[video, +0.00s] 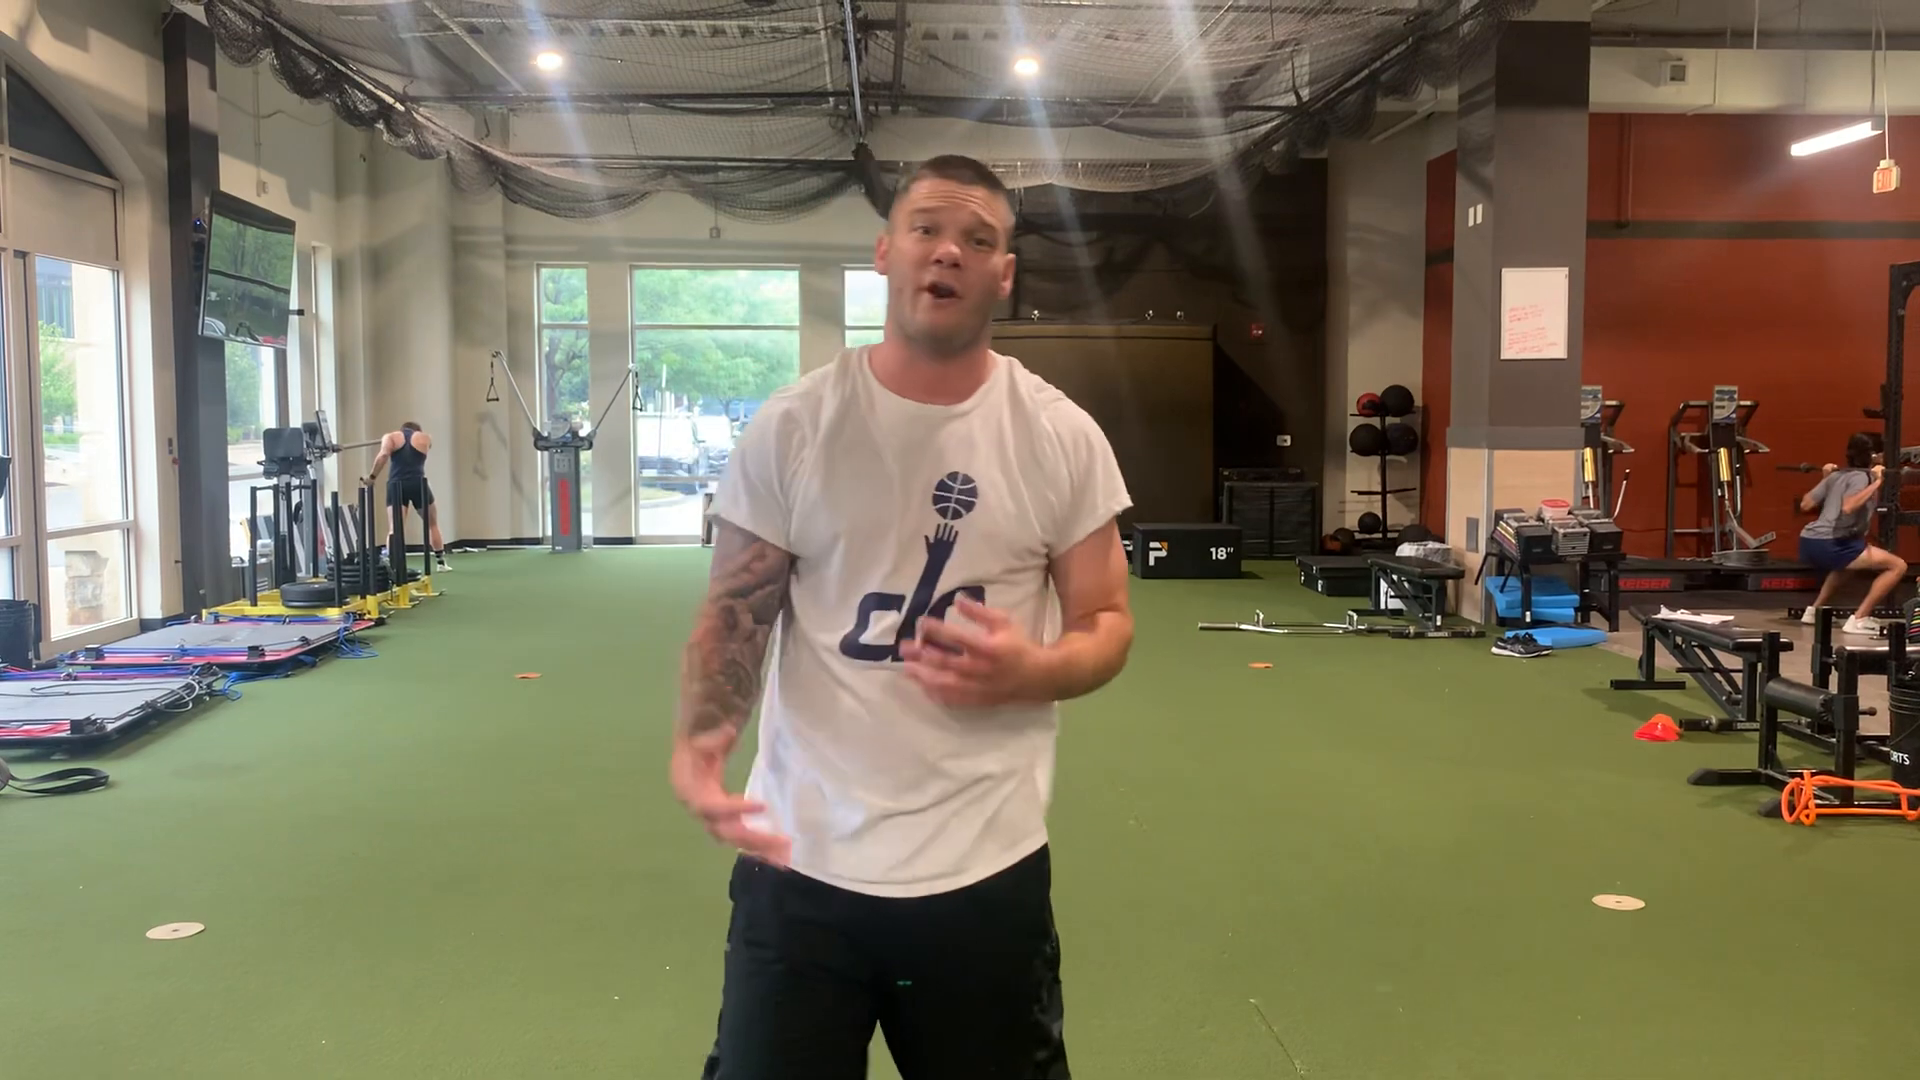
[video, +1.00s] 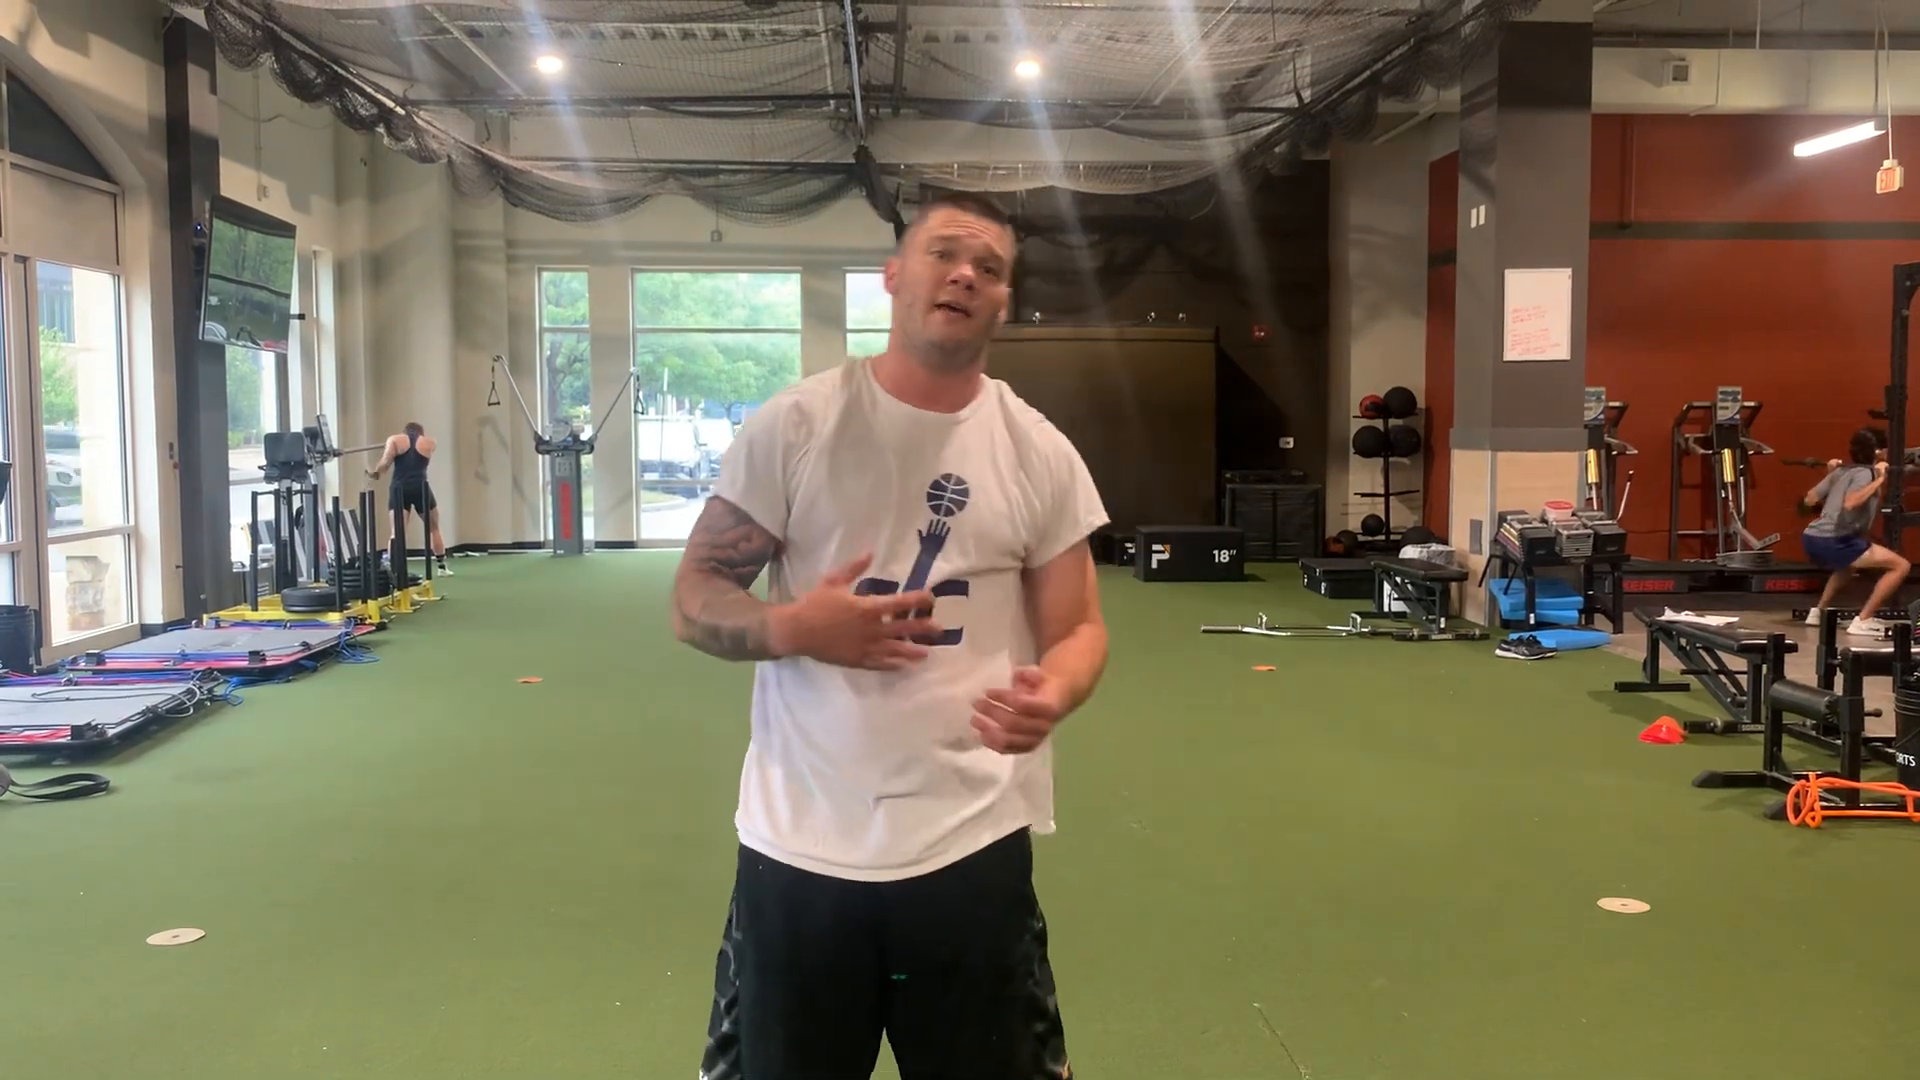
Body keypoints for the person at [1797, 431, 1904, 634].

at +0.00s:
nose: (1881, 458)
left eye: (1881, 453)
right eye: (1880, 453)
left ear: (1850, 455)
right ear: (1872, 457)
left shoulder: (1836, 476)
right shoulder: (1862, 477)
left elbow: (1806, 504)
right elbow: (1848, 507)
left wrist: (1825, 478)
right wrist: (1877, 482)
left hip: (1808, 541)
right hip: (1831, 545)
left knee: (1847, 564)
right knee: (1898, 566)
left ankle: (1814, 609)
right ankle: (1860, 619)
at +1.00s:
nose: (1886, 453)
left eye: (1886, 449)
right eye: (1884, 449)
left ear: (1855, 451)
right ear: (1875, 452)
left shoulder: (1841, 472)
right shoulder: (1865, 474)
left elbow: (1810, 499)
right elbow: (1849, 503)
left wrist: (1830, 474)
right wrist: (1879, 479)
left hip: (1812, 539)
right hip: (1835, 542)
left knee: (1847, 568)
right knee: (1900, 566)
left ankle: (1818, 611)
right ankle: (1863, 620)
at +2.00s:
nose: (1887, 403)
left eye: (1887, 399)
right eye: (1884, 399)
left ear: (1857, 401)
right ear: (1875, 402)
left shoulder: (1844, 425)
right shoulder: (1867, 425)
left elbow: (1816, 453)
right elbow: (1854, 453)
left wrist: (1833, 426)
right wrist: (1882, 429)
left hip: (1822, 495)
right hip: (1845, 501)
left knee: (1835, 554)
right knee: (1874, 559)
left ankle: (1818, 614)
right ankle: (1864, 622)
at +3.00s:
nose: (1891, 439)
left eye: (1891, 435)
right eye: (1888, 435)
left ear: (1861, 436)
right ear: (1879, 438)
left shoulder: (1845, 457)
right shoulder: (1870, 458)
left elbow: (1815, 485)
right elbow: (1854, 486)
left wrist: (1833, 459)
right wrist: (1884, 464)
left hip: (1821, 526)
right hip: (1842, 530)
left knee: (1850, 569)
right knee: (1898, 570)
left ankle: (1821, 620)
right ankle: (1867, 628)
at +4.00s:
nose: (1897, 401)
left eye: (1897, 397)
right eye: (1895, 397)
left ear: (1866, 397)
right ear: (1886, 398)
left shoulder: (1849, 421)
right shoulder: (1874, 421)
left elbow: (1821, 450)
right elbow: (1863, 448)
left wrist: (1838, 422)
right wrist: (1889, 422)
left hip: (1841, 497)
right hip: (1864, 501)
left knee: (1835, 558)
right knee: (1867, 563)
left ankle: (1826, 619)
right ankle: (1873, 627)